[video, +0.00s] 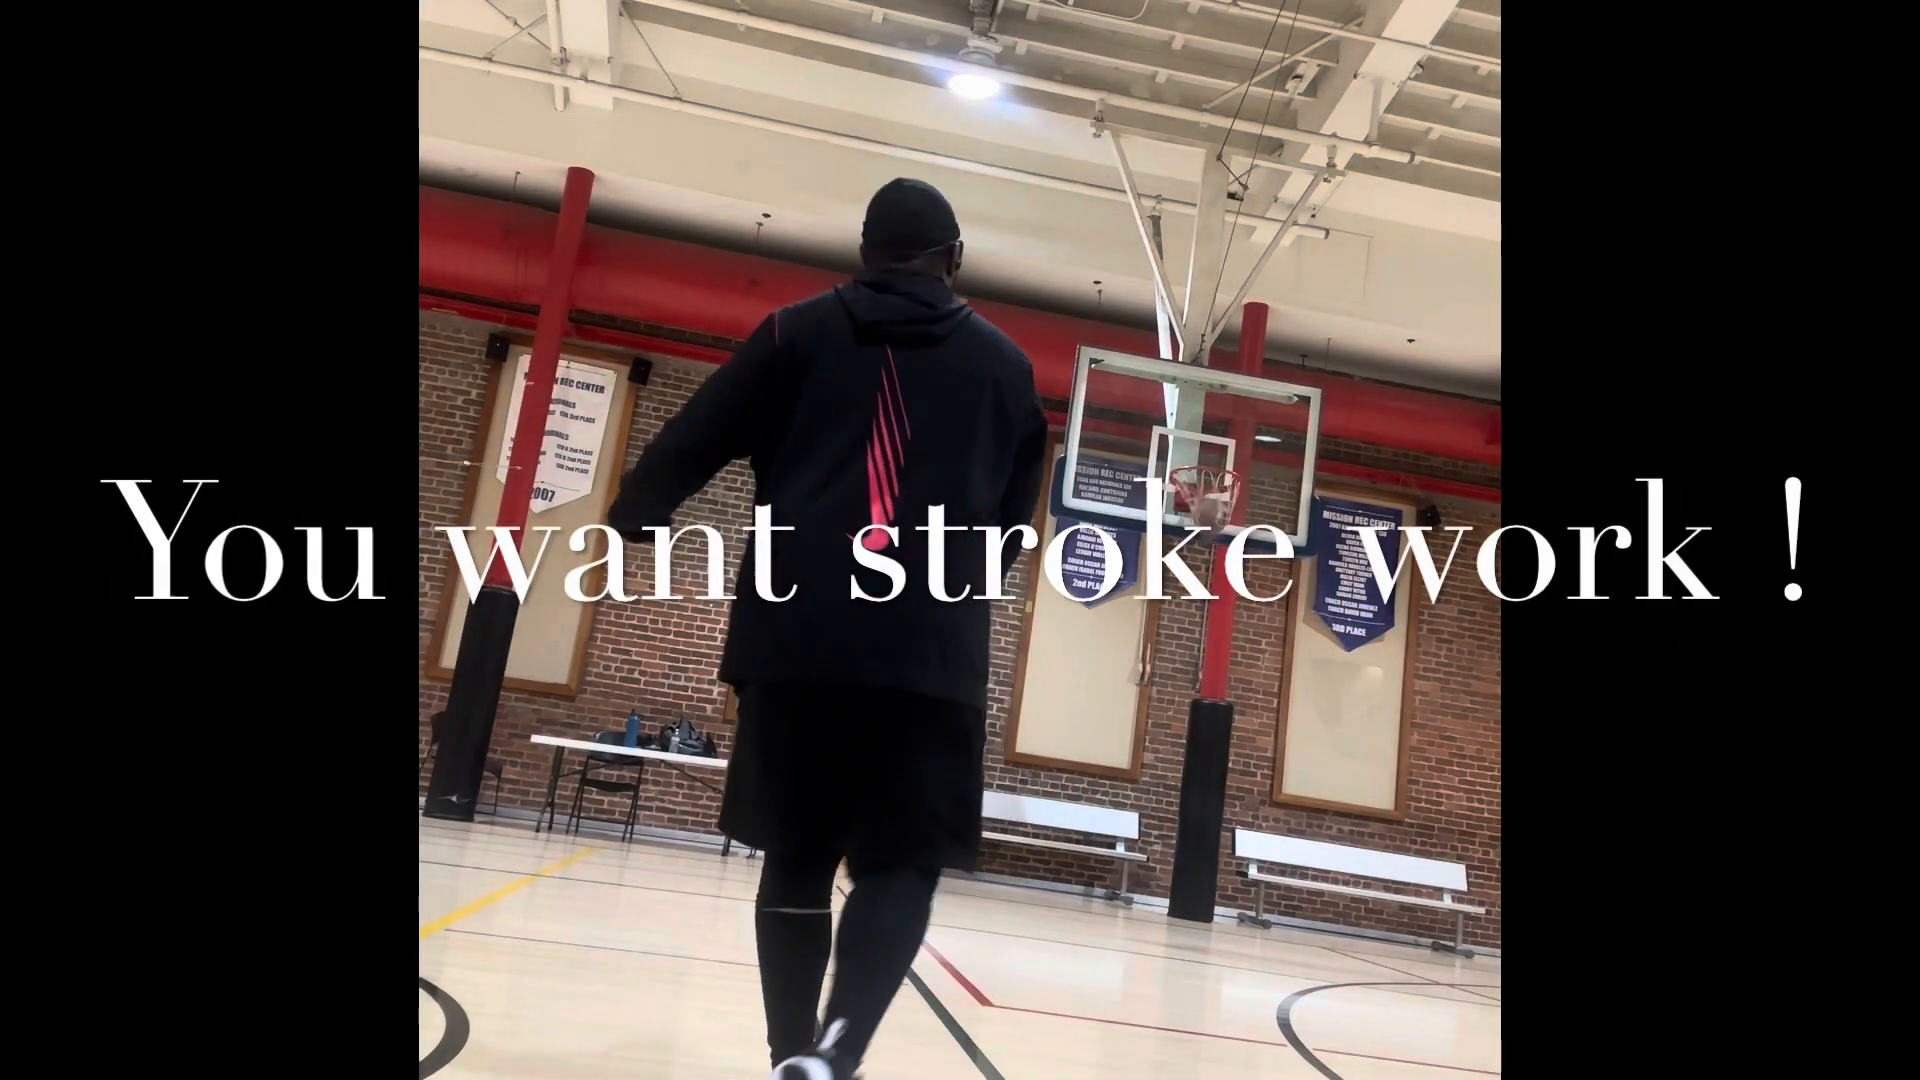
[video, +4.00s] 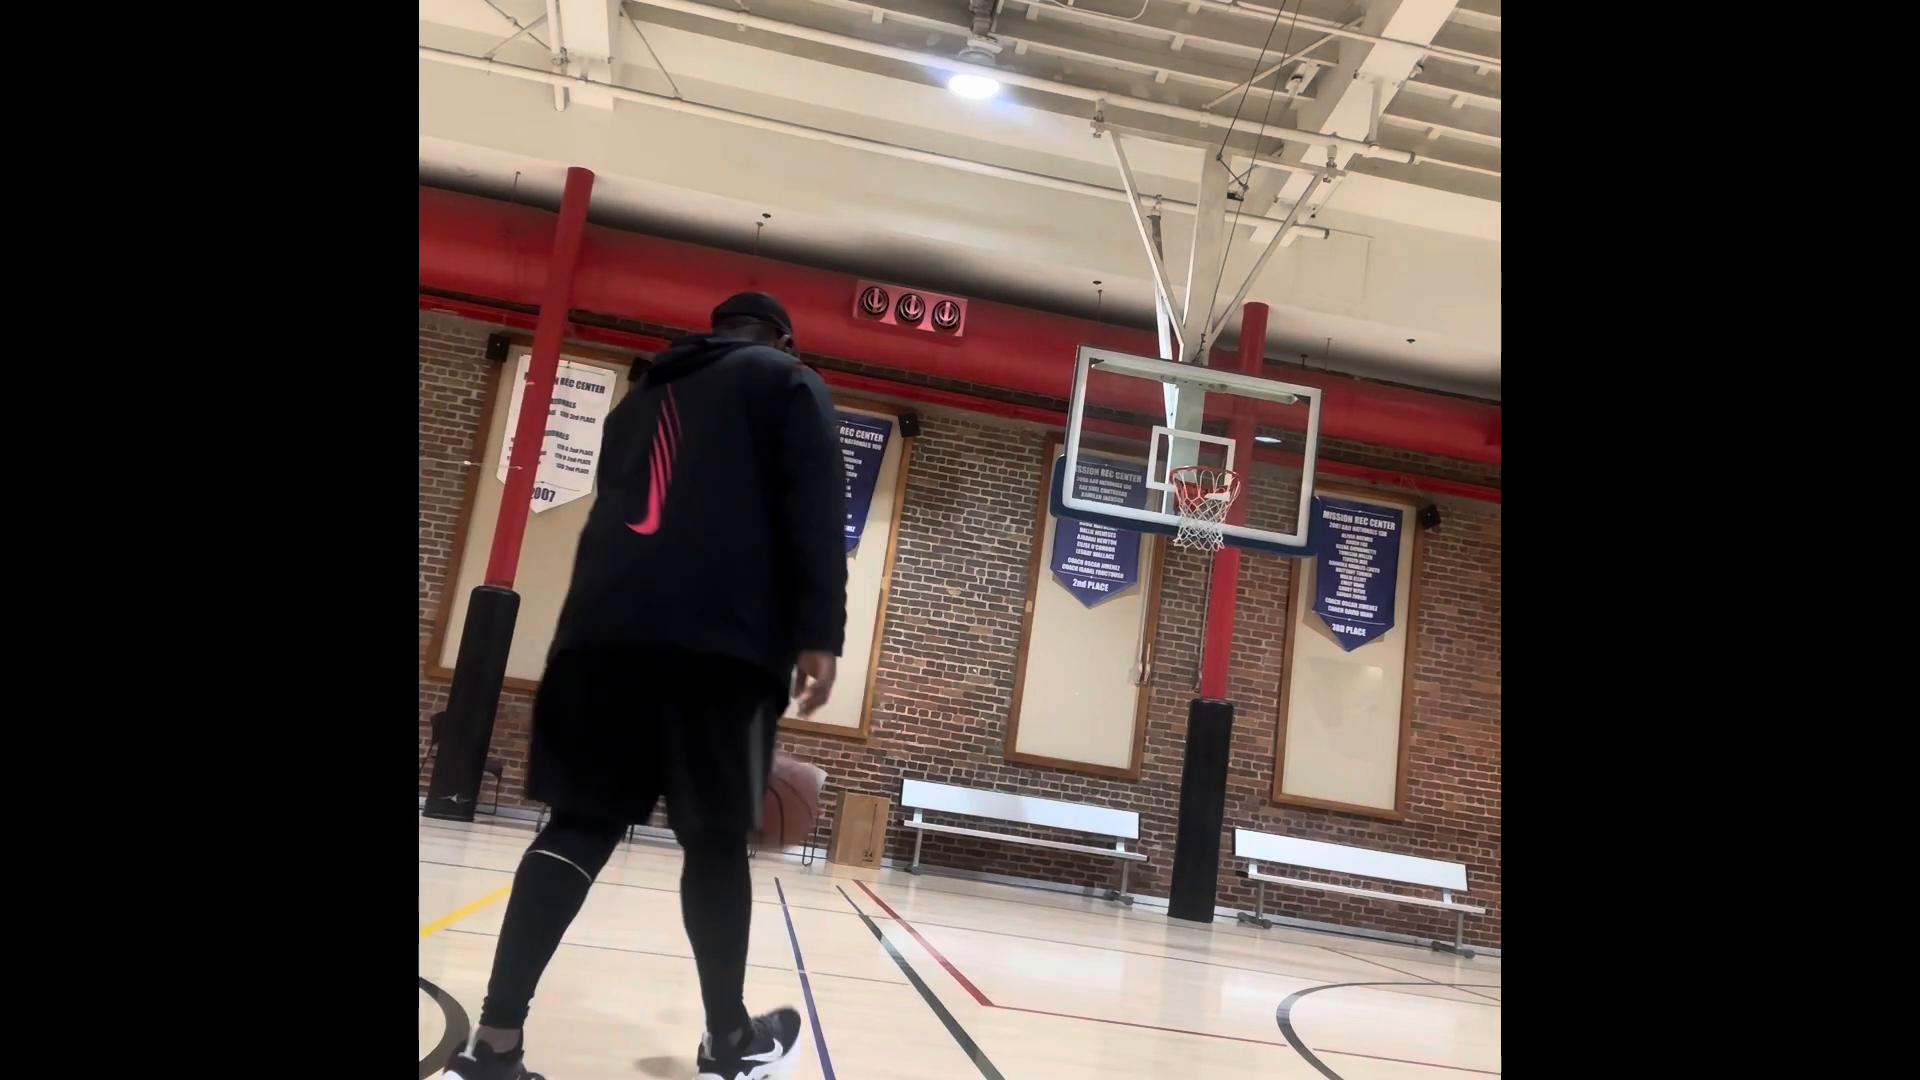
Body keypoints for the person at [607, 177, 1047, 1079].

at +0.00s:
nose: (944, 270)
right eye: (949, 257)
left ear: (863, 252)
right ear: (950, 260)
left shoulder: (798, 336)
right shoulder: (1002, 368)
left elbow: (691, 441)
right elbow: (1013, 518)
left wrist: (627, 517)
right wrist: (970, 578)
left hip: (792, 650)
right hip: (929, 666)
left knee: (796, 854)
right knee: (903, 861)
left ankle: (792, 1062)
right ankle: (834, 1053)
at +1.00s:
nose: (720, 164)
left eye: (717, 152)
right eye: (721, 150)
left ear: (609, 126)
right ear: (701, 142)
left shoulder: (501, 213)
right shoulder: (729, 236)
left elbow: (455, 374)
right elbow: (779, 418)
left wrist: (473, 505)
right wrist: (748, 571)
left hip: (470, 555)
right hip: (644, 571)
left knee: (442, 802)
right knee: (659, 800)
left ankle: (407, 1035)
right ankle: (597, 1055)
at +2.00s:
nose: (710, 289)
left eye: (703, 277)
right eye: (710, 277)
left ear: (625, 263)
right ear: (699, 274)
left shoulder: (541, 338)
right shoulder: (726, 361)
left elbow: (474, 468)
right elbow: (760, 493)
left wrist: (451, 591)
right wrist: (721, 598)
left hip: (515, 617)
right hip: (636, 638)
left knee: (491, 810)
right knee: (568, 824)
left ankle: (473, 1012)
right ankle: (480, 1035)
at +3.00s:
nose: (822, 376)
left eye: (822, 365)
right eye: (822, 363)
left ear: (747, 349)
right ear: (801, 354)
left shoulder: (681, 415)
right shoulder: (797, 417)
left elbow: (638, 536)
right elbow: (830, 538)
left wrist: (637, 643)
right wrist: (872, 645)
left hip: (662, 654)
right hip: (739, 665)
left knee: (676, 821)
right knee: (730, 828)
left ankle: (635, 1002)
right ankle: (629, 1019)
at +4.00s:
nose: (792, 358)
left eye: (785, 345)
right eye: (791, 346)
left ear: (712, 331)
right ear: (779, 339)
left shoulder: (639, 398)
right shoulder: (787, 381)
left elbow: (608, 525)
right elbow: (815, 511)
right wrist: (819, 633)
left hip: (604, 637)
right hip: (723, 647)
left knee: (581, 822)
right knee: (716, 839)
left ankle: (495, 1038)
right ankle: (728, 1034)